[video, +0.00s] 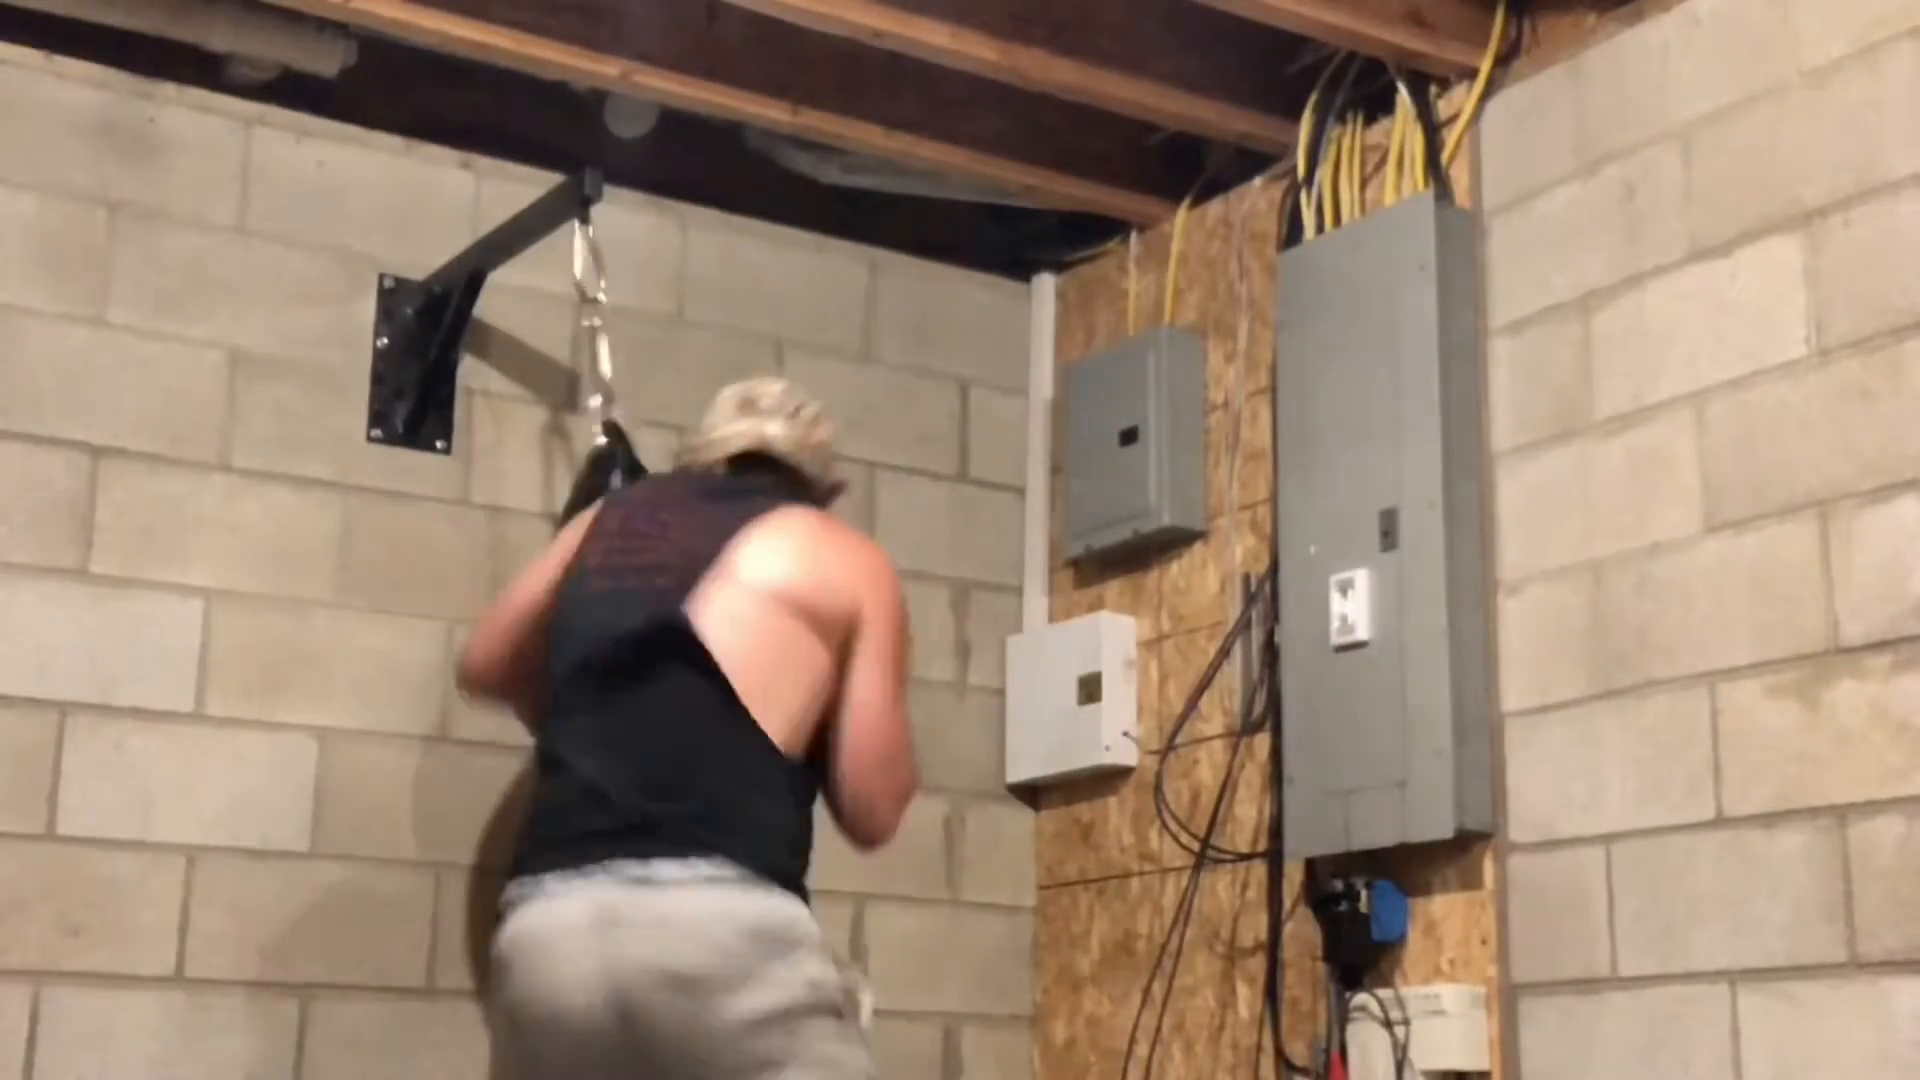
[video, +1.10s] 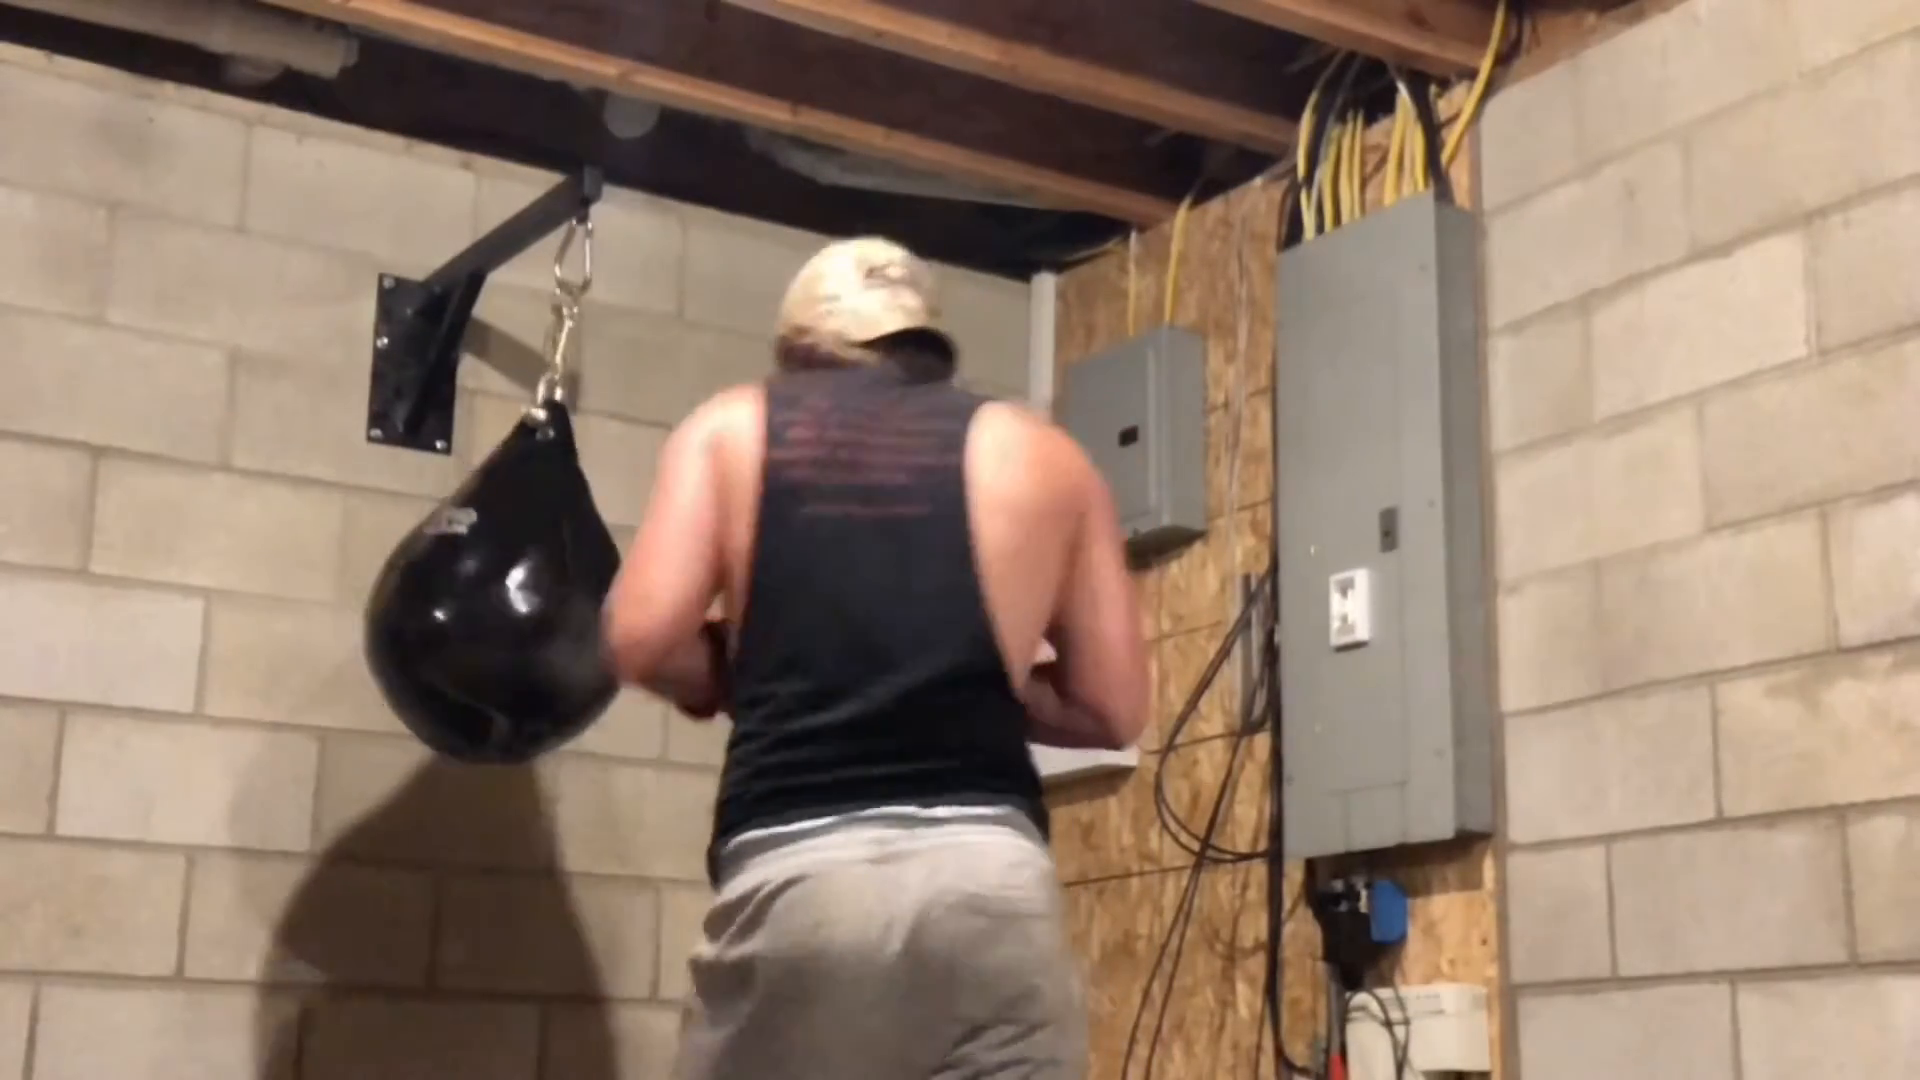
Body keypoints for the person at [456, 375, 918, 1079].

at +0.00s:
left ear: (701, 457)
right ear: (825, 484)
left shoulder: (602, 520)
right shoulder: (852, 560)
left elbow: (489, 661)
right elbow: (874, 810)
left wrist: (600, 722)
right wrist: (819, 672)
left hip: (546, 924)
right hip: (728, 928)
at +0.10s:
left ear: (688, 471)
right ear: (814, 490)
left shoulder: (592, 540)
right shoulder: (865, 586)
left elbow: (476, 723)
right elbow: (875, 845)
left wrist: (606, 710)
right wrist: (817, 707)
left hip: (576, 966)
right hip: (771, 974)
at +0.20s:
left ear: (711, 438)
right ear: (839, 448)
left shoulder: (616, 512)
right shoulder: (907, 553)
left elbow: (494, 697)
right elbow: (928, 816)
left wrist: (629, 746)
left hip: (633, 953)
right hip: (827, 958)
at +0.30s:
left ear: (745, 400)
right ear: (877, 409)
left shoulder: (661, 478)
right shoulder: (965, 516)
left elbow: (557, 668)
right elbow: (1000, 774)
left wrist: (655, 708)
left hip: (717, 935)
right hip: (917, 926)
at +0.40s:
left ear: (780, 374)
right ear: (914, 378)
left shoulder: (716, 446)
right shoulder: (1012, 485)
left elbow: (626, 643)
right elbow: (1061, 751)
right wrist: (938, 720)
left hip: (771, 914)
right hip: (973, 902)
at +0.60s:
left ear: (836, 309)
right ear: (969, 319)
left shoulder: (780, 378)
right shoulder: (1081, 441)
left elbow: (673, 573)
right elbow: (1112, 704)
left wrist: (756, 643)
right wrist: (958, 674)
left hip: (812, 840)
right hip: (1010, 854)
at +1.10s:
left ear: (798, 344)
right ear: (932, 346)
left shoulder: (727, 428)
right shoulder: (1047, 454)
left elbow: (642, 637)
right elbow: (1114, 712)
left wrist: (750, 671)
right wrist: (976, 679)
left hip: (795, 883)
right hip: (994, 879)